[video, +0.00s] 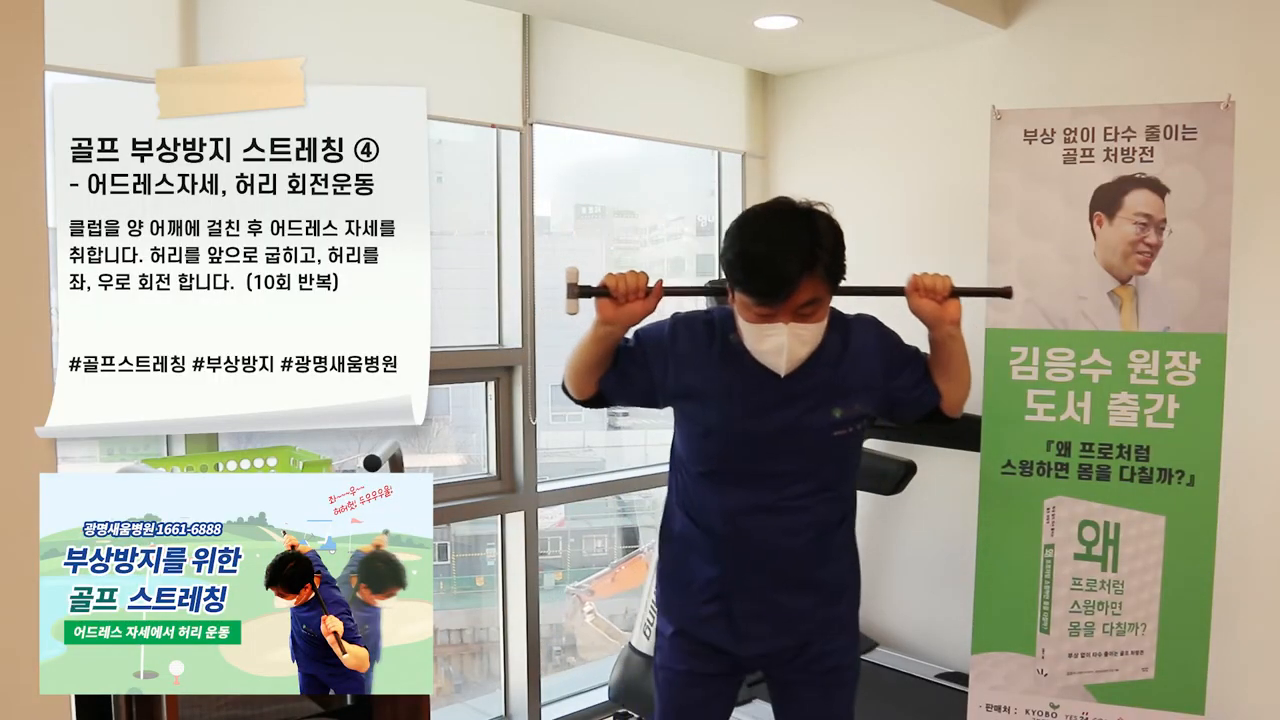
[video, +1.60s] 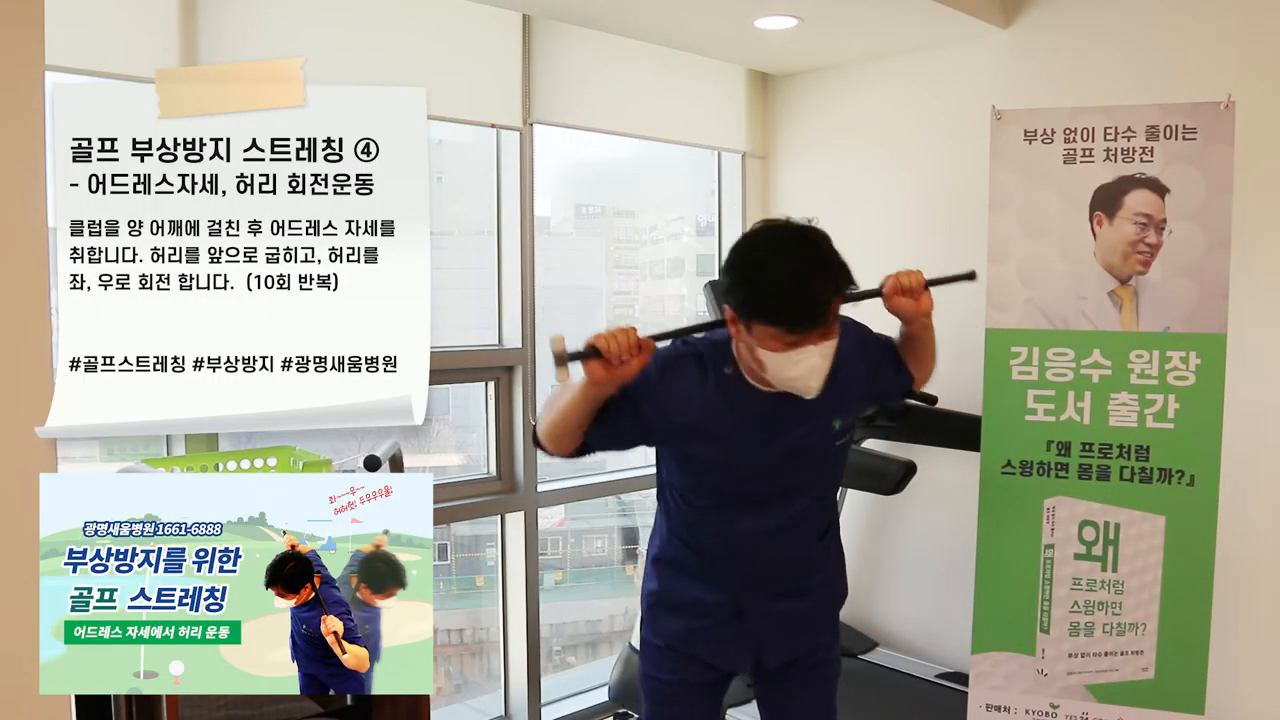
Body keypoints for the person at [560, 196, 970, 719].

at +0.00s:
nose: (784, 332)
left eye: (806, 312)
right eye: (761, 314)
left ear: (832, 290)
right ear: (730, 290)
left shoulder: (863, 349)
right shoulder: (690, 344)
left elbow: (949, 397)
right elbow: (582, 386)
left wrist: (946, 331)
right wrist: (609, 327)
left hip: (816, 619)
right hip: (699, 617)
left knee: (821, 713)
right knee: (681, 713)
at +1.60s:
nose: (800, 364)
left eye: (815, 345)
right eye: (779, 349)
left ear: (835, 315)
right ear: (733, 322)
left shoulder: (851, 355)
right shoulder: (679, 376)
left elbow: (911, 375)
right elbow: (554, 439)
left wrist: (917, 325)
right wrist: (593, 387)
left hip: (802, 621)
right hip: (687, 622)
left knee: (810, 710)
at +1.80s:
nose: (859, 369)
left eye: (869, 351)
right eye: (843, 357)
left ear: (875, 325)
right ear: (783, 340)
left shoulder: (849, 371)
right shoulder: (703, 401)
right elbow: (578, 499)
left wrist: (861, 289)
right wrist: (649, 436)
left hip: (800, 618)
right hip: (695, 627)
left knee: (805, 713)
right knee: (680, 711)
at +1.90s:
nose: (881, 361)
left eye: (883, 348)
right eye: (867, 355)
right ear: (809, 350)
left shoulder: (833, 365)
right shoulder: (723, 398)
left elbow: (891, 369)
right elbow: (606, 527)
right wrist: (684, 463)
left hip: (800, 620)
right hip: (700, 630)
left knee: (802, 713)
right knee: (682, 712)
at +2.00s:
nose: (898, 374)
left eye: (903, 361)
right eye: (892, 364)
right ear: (844, 360)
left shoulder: (813, 331)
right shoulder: (740, 408)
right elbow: (659, 561)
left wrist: (883, 372)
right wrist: (744, 488)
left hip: (796, 629)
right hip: (704, 644)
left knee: (799, 712)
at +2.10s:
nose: (920, 365)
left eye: (921, 355)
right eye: (914, 360)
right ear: (865, 367)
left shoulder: (796, 334)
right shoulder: (752, 427)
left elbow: (768, 302)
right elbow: (697, 578)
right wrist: (785, 500)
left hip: (793, 627)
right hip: (710, 647)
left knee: (797, 711)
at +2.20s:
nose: (932, 365)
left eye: (934, 355)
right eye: (929, 358)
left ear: (839, 321)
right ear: (889, 368)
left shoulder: (781, 330)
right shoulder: (785, 439)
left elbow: (742, 303)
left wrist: (795, 274)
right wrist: (834, 507)